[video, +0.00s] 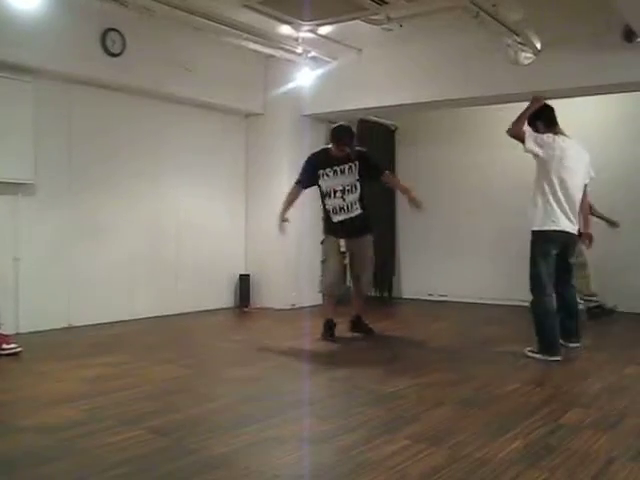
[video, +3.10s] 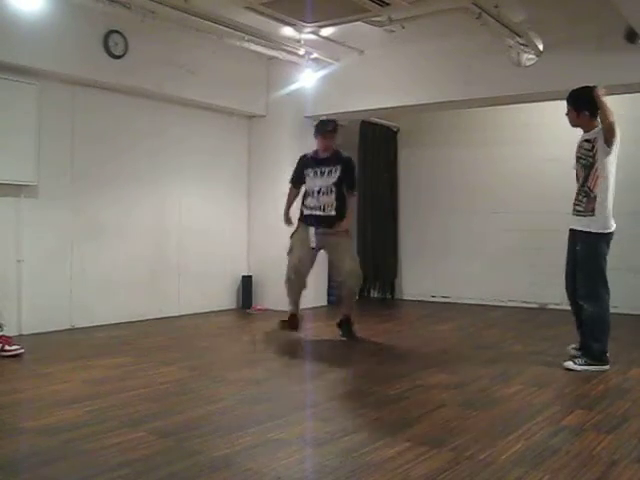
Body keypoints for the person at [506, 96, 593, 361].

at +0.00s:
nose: (534, 133)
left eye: (534, 128)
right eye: (535, 129)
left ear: (540, 125)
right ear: (557, 122)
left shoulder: (548, 143)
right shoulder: (580, 151)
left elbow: (514, 130)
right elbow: (584, 195)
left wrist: (531, 107)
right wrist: (586, 227)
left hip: (547, 228)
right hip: (570, 229)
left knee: (542, 289)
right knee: (564, 284)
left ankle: (549, 348)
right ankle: (571, 337)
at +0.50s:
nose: (538, 143)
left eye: (538, 137)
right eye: (535, 139)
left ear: (550, 126)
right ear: (550, 128)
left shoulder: (568, 149)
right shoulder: (561, 153)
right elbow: (563, 191)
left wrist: (550, 124)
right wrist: (558, 222)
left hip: (573, 223)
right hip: (566, 223)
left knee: (568, 284)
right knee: (564, 284)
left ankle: (580, 339)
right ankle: (565, 333)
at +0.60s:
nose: (542, 142)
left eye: (542, 136)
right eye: (539, 138)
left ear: (553, 127)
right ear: (550, 130)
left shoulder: (573, 146)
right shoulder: (563, 150)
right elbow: (564, 190)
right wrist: (557, 220)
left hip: (577, 221)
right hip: (567, 222)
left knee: (575, 281)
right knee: (564, 282)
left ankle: (596, 335)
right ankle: (567, 332)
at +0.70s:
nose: (545, 137)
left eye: (546, 131)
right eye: (543, 132)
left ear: (558, 128)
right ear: (554, 131)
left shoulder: (579, 147)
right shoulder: (563, 153)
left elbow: (579, 132)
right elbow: (564, 192)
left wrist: (570, 116)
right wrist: (557, 222)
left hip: (582, 221)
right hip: (566, 222)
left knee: (588, 279)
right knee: (564, 282)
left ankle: (610, 334)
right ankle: (568, 333)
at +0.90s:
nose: (559, 134)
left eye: (561, 129)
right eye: (558, 129)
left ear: (573, 127)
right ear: (570, 128)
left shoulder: (593, 146)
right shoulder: (563, 157)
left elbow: (611, 125)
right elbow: (562, 193)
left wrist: (585, 111)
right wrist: (557, 226)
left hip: (595, 223)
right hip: (570, 225)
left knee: (608, 282)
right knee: (566, 283)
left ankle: (625, 337)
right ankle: (568, 333)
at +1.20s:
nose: (591, 133)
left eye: (595, 129)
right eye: (591, 128)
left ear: (608, 131)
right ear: (596, 129)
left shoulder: (627, 153)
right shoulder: (583, 156)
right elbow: (574, 191)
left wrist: (627, 117)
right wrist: (561, 221)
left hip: (621, 231)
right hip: (590, 231)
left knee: (625, 289)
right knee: (580, 286)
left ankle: (625, 340)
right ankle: (571, 333)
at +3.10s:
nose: (568, 117)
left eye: (570, 112)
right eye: (568, 112)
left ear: (582, 112)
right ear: (586, 113)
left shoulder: (604, 139)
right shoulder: (586, 139)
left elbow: (609, 125)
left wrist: (600, 98)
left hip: (595, 228)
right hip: (579, 225)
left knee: (592, 291)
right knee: (575, 288)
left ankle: (597, 355)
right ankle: (587, 345)